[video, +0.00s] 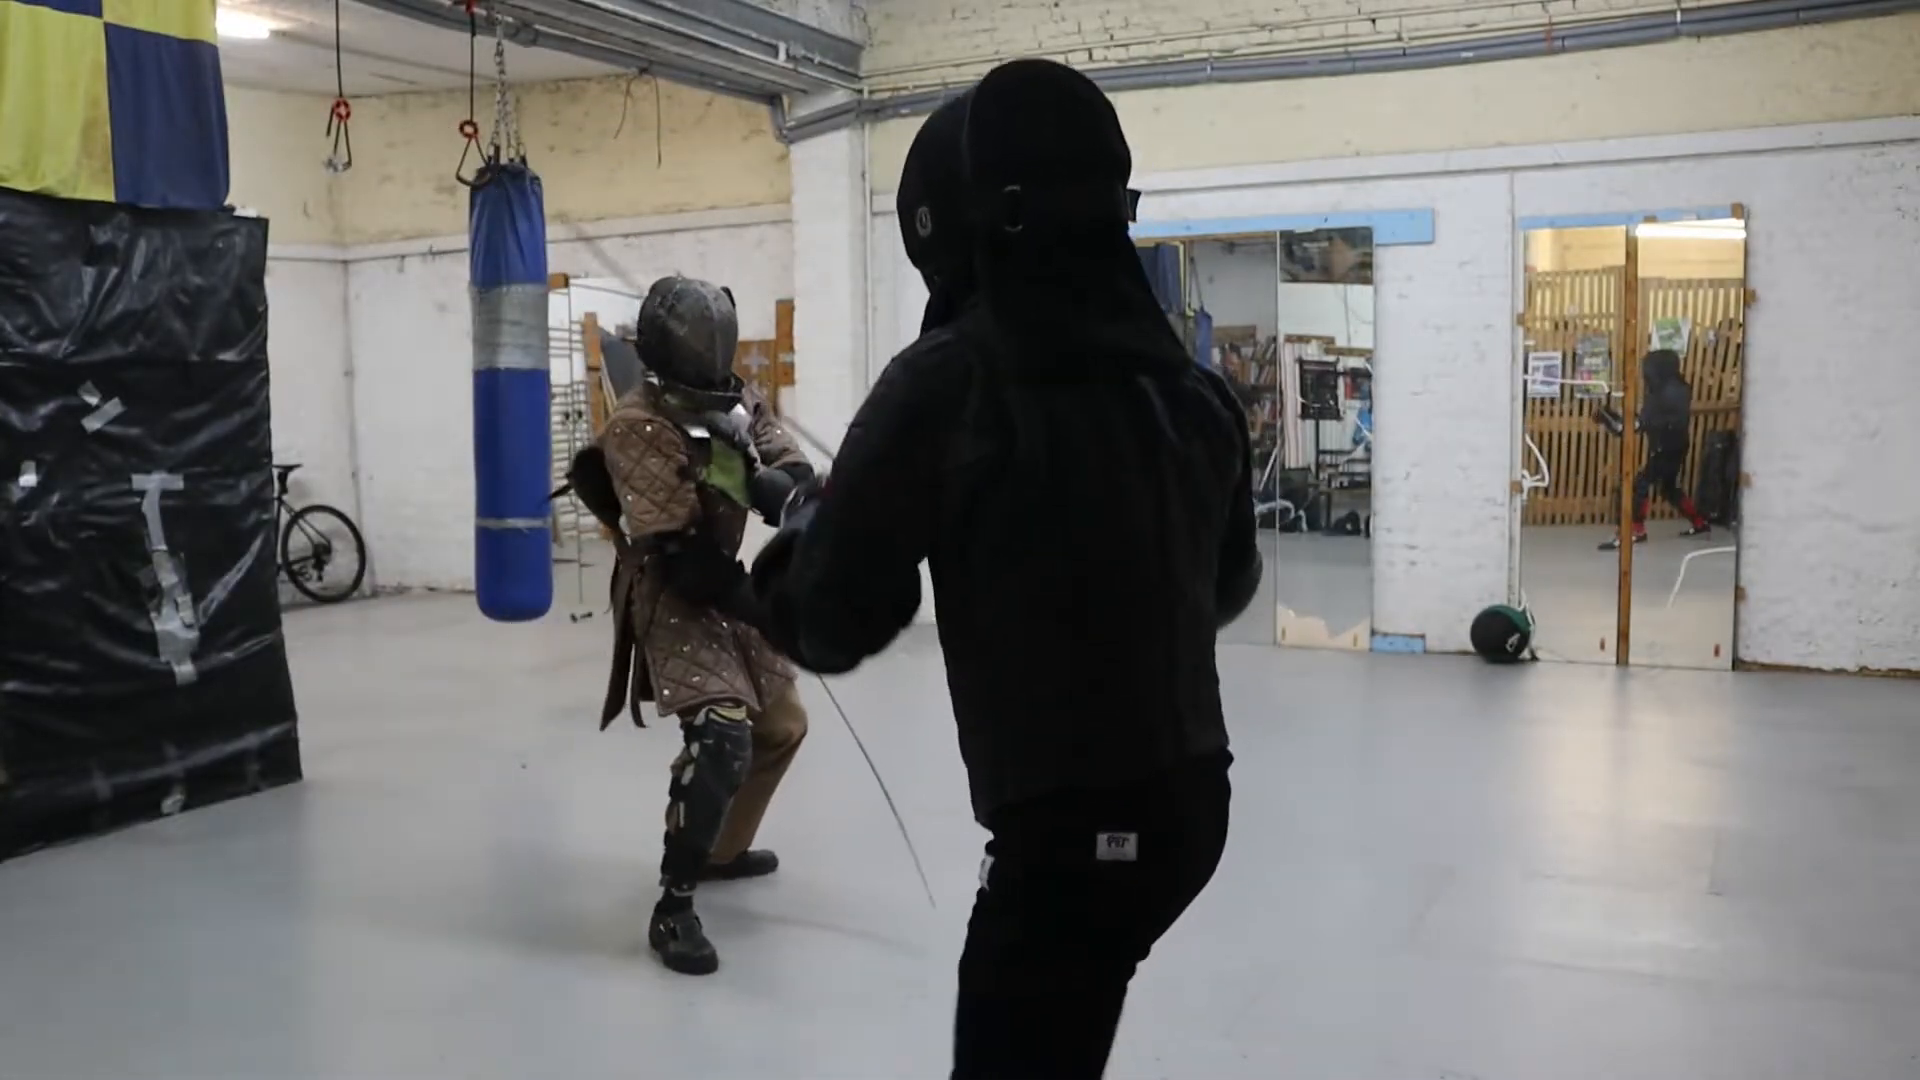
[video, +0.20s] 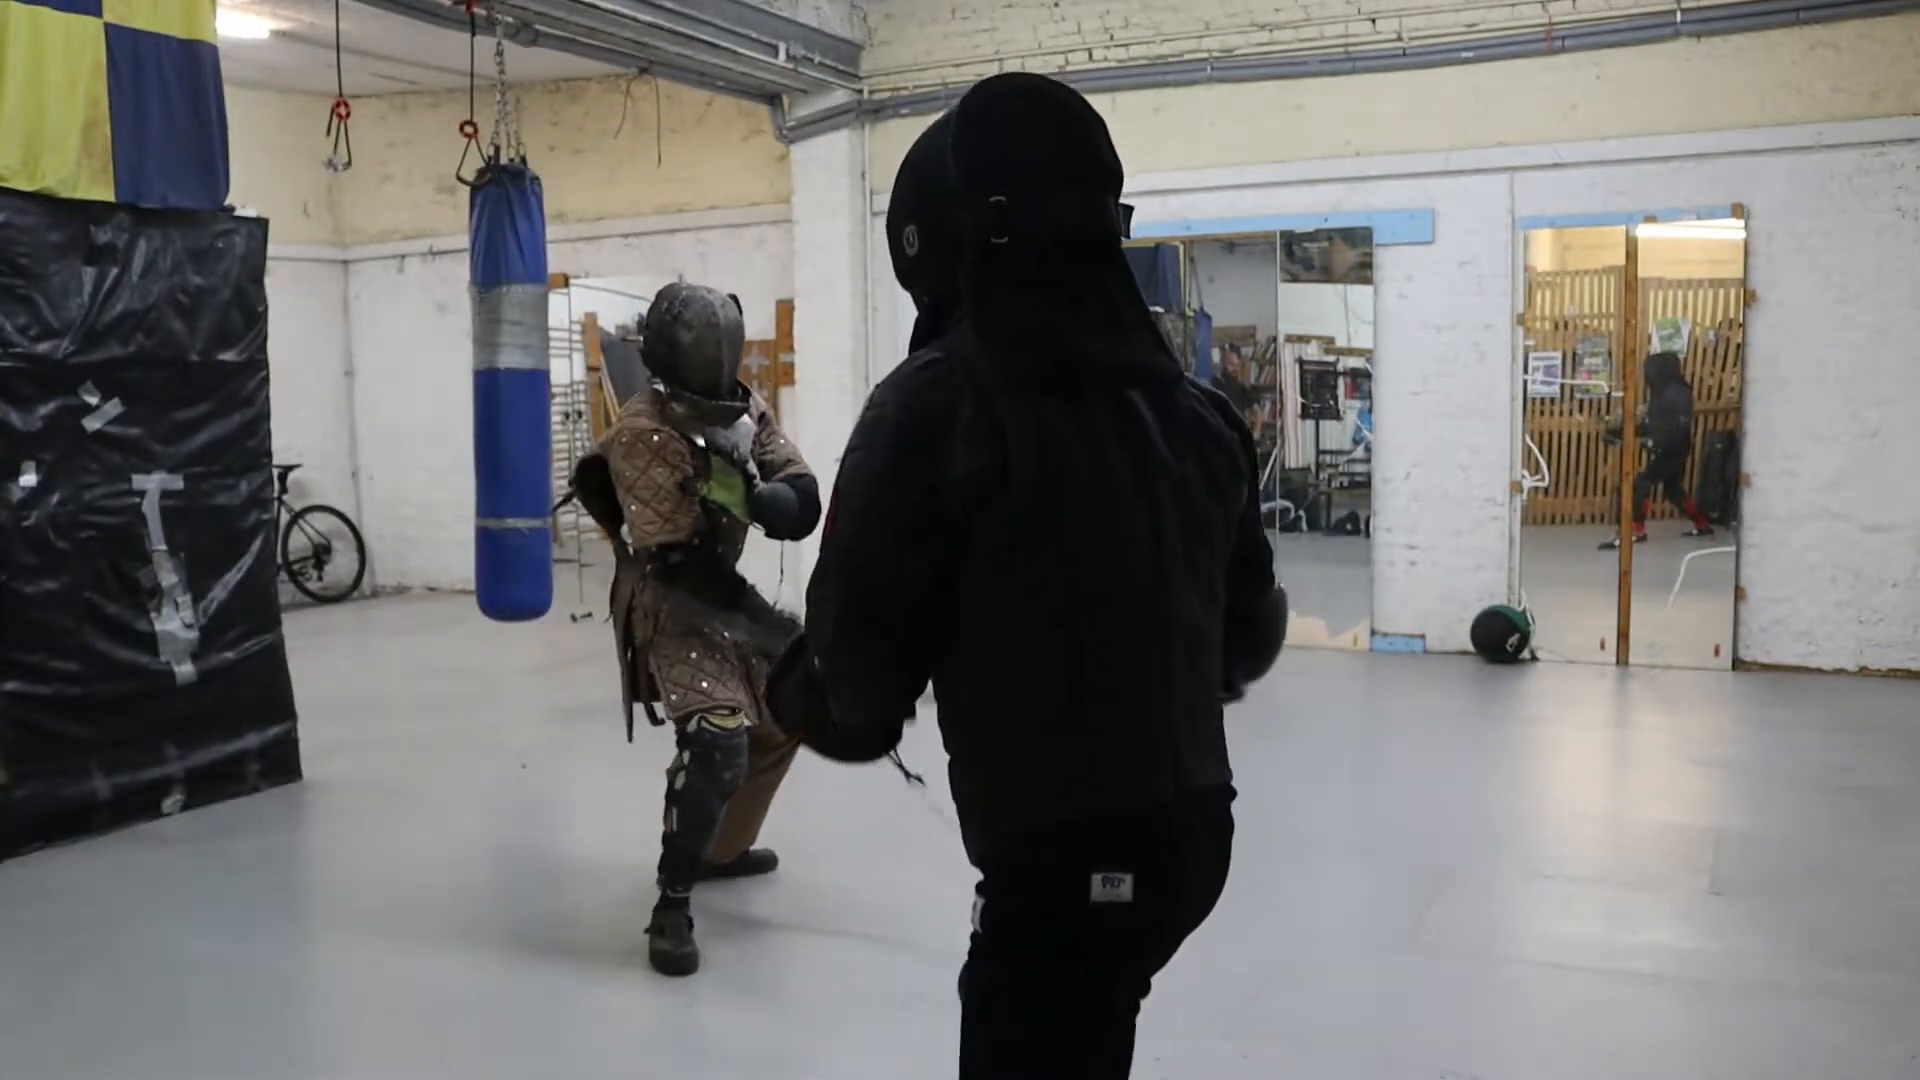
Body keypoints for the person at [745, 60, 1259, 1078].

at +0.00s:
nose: (919, 256)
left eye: (924, 227)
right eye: (917, 229)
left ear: (957, 224)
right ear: (1107, 213)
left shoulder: (941, 386)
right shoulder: (1193, 390)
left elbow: (829, 624)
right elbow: (1226, 585)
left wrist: (795, 533)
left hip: (1057, 824)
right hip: (1189, 803)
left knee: (1005, 1061)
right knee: (1059, 1048)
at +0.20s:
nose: (905, 267)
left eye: (912, 237)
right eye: (902, 238)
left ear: (957, 236)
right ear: (1091, 230)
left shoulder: (928, 406)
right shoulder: (1190, 408)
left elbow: (857, 712)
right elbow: (1248, 640)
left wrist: (789, 679)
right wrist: (1120, 658)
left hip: (1051, 847)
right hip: (1190, 828)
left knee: (1020, 1059)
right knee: (1078, 1044)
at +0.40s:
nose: (892, 272)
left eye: (900, 243)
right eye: (889, 245)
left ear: (949, 239)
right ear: (1077, 230)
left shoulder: (928, 404)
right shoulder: (1177, 405)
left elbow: (817, 678)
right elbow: (1223, 632)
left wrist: (762, 611)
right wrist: (1090, 663)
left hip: (1040, 851)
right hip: (1175, 833)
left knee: (998, 1063)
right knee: (1059, 1056)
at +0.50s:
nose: (894, 275)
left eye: (901, 244)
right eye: (890, 246)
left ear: (949, 239)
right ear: (1077, 230)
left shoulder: (937, 400)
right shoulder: (1147, 387)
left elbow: (779, 617)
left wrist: (760, 505)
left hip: (1043, 866)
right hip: (1161, 845)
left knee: (945, 1066)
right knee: (1013, 1057)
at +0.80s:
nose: (890, 261)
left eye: (899, 232)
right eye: (890, 233)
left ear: (934, 234)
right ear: (1113, 218)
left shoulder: (898, 412)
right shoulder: (1198, 377)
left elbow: (735, 565)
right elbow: (1230, 336)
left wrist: (711, 454)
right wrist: (1123, 261)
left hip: (1011, 938)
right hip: (1188, 915)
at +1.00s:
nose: (872, 244)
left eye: (887, 216)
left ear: (917, 236)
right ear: (1114, 215)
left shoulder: (886, 424)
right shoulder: (1191, 366)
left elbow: (698, 548)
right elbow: (1256, 213)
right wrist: (1129, 70)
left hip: (1032, 949)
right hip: (1219, 924)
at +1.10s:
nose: (882, 261)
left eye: (893, 232)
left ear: (925, 239)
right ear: (1115, 221)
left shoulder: (885, 429)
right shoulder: (1203, 380)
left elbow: (688, 564)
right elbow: (1287, 285)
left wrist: (821, 646)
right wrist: (1153, 150)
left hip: (1034, 940)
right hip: (1217, 916)